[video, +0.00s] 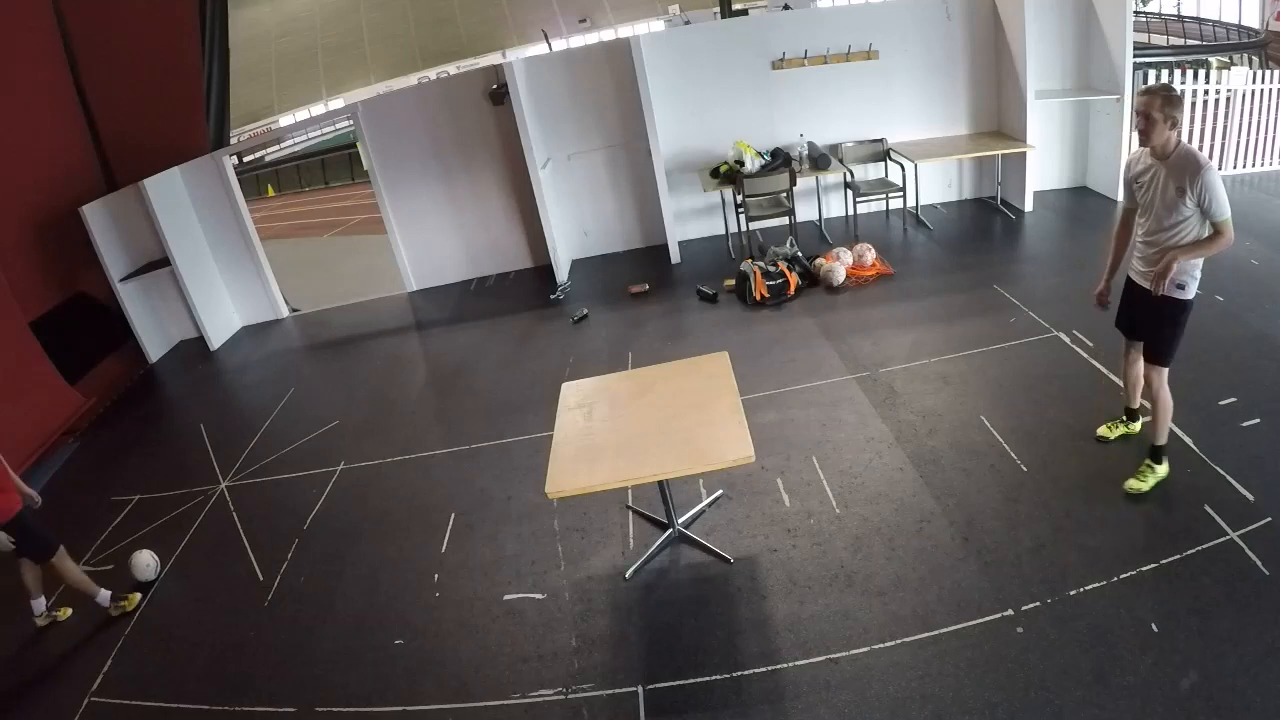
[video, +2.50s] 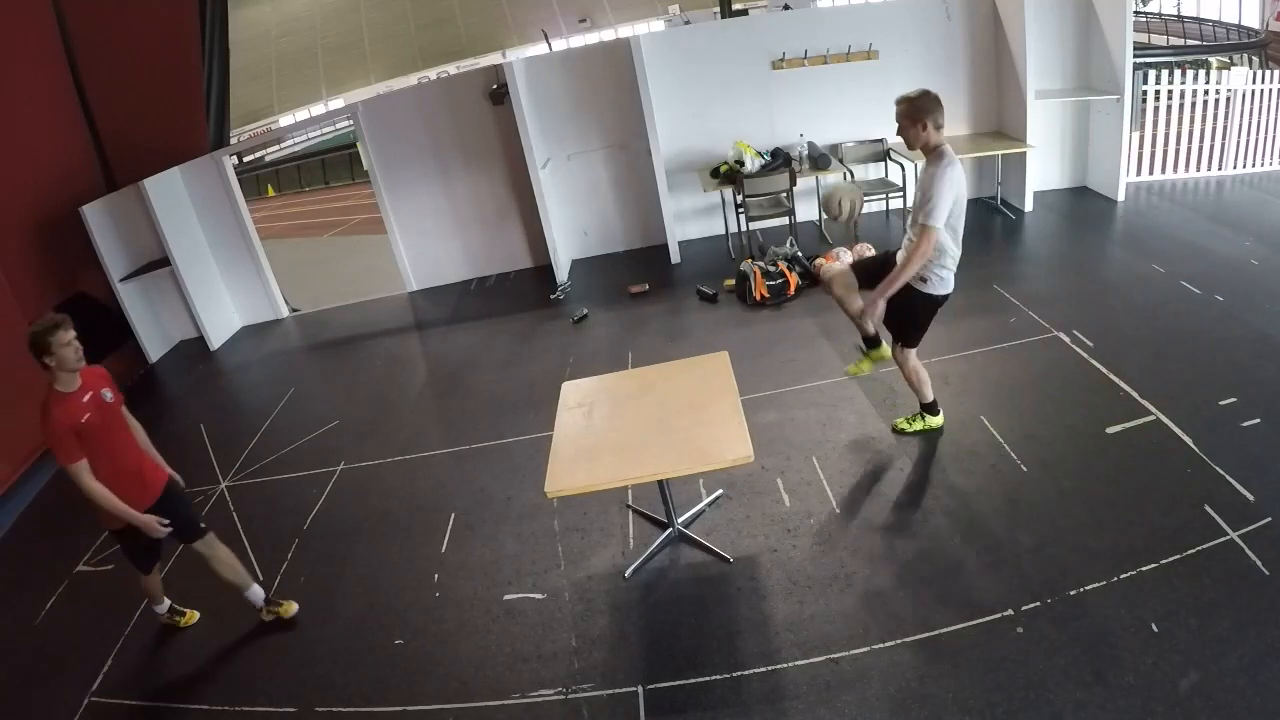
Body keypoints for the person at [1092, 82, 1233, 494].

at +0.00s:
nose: (1137, 123)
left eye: (1145, 118)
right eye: (1136, 115)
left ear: (1171, 122)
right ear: (1138, 118)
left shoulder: (1199, 172)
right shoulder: (1136, 163)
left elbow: (1224, 236)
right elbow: (1126, 221)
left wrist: (1176, 254)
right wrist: (1108, 278)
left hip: (1175, 288)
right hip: (1137, 278)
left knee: (1155, 372)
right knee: (1132, 349)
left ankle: (1157, 458)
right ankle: (1132, 416)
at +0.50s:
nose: (1162, 128)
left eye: (1172, 124)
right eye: (1162, 120)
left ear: (1198, 132)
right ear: (1161, 122)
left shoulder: (1221, 185)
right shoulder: (1160, 171)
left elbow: (1245, 259)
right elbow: (1155, 231)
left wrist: (1191, 275)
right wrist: (1141, 283)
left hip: (1195, 305)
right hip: (1156, 291)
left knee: (1193, 388)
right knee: (1139, 358)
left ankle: (1185, 463)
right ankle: (1131, 419)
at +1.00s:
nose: (1115, 137)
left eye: (1124, 133)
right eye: (1116, 130)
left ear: (1149, 141)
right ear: (1124, 135)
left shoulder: (1172, 190)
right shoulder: (1123, 177)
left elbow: (1191, 269)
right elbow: (1122, 231)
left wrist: (1136, 300)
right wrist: (1100, 276)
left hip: (1166, 307)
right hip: (1127, 291)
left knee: (1174, 389)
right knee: (1091, 347)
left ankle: (1183, 463)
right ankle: (1086, 404)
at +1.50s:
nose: (1018, 132)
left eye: (1024, 125)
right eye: (1018, 124)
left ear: (1049, 127)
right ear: (1042, 128)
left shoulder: (1078, 175)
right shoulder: (1039, 161)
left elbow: (1110, 245)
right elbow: (1040, 217)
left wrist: (1124, 310)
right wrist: (1014, 250)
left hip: (1055, 285)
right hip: (1028, 267)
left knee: (1013, 348)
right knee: (986, 323)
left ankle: (1024, 417)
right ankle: (1029, 367)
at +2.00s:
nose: (936, 133)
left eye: (939, 126)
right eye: (936, 125)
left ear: (961, 125)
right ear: (965, 124)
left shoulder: (988, 175)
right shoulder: (975, 159)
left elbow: (985, 249)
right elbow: (970, 227)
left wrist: (939, 292)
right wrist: (953, 264)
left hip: (977, 285)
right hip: (954, 270)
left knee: (957, 357)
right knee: (928, 332)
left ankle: (1011, 405)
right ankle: (931, 399)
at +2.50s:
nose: (898, 132)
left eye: (903, 125)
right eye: (898, 125)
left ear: (924, 126)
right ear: (926, 126)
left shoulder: (943, 175)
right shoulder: (934, 163)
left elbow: (924, 248)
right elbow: (924, 230)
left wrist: (879, 296)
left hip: (928, 278)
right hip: (908, 259)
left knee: (902, 353)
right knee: (839, 283)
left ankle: (931, 413)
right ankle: (875, 347)